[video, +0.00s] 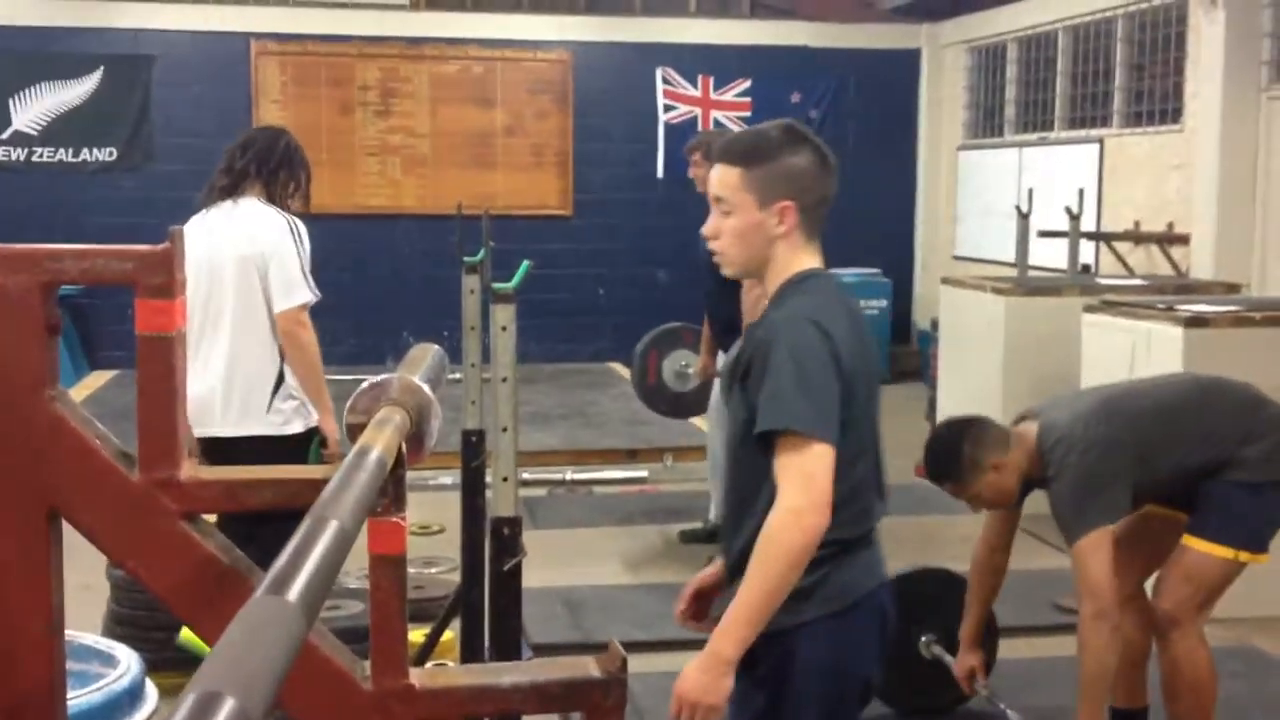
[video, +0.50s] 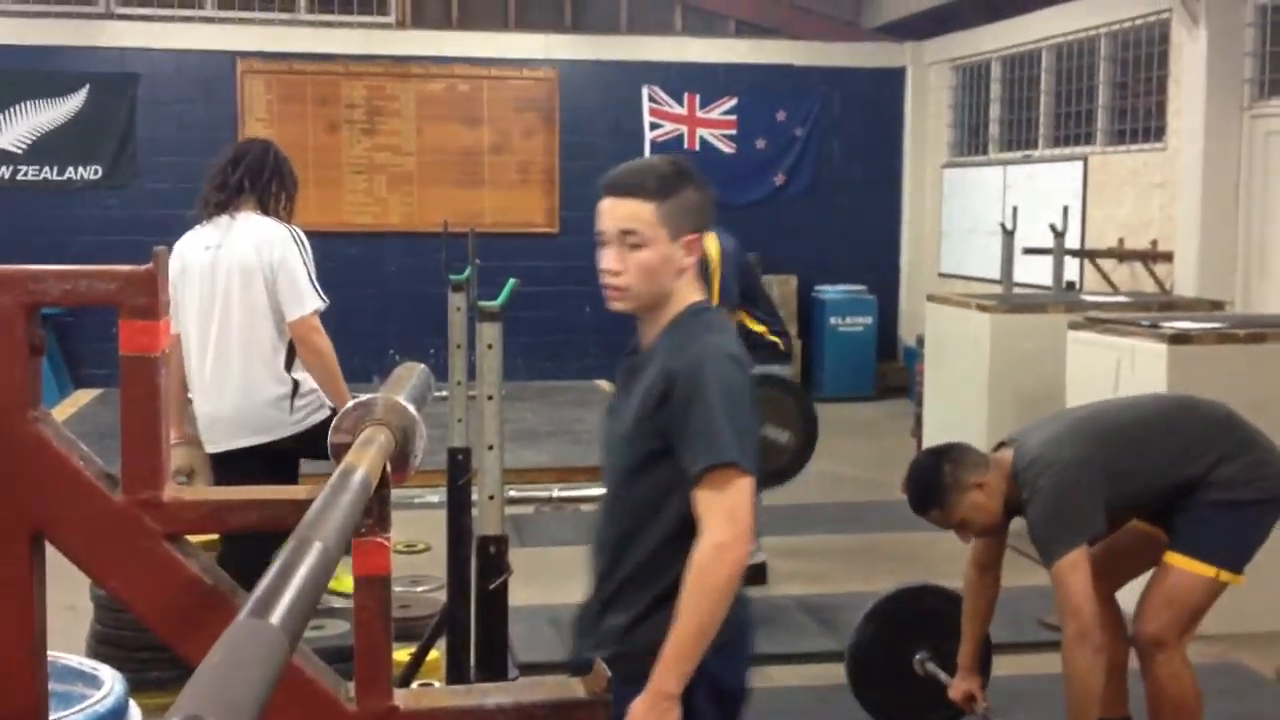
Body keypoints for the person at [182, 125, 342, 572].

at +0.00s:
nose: (298, 194)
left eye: (300, 184)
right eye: (297, 183)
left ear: (236, 169)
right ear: (285, 177)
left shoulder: (193, 228)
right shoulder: (278, 227)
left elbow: (177, 327)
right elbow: (293, 327)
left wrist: (183, 421)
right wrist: (326, 414)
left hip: (209, 426)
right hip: (274, 426)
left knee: (238, 547)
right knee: (286, 552)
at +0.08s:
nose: (294, 192)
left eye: (295, 183)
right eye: (293, 182)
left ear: (232, 170)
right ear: (280, 177)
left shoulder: (190, 231)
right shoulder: (278, 226)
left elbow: (176, 330)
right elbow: (298, 324)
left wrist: (183, 422)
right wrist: (331, 411)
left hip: (209, 426)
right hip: (276, 425)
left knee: (238, 544)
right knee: (288, 547)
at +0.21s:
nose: (289, 190)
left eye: (288, 181)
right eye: (286, 180)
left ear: (224, 172)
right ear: (274, 177)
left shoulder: (184, 236)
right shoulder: (277, 228)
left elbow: (172, 333)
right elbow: (304, 324)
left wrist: (182, 414)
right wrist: (341, 412)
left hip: (212, 426)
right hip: (284, 424)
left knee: (237, 545)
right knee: (295, 548)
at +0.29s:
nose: (287, 193)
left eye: (286, 184)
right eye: (285, 182)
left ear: (221, 175)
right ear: (273, 180)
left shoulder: (182, 241)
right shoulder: (276, 231)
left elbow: (173, 338)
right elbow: (304, 328)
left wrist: (183, 423)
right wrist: (344, 407)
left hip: (214, 430)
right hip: (285, 425)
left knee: (264, 544)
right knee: (308, 541)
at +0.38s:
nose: (286, 195)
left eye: (286, 186)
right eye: (284, 185)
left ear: (221, 178)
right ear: (273, 183)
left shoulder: (182, 244)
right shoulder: (275, 234)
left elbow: (175, 344)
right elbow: (305, 331)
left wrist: (184, 430)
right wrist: (346, 406)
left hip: (217, 431)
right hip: (287, 421)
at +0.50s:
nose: (288, 201)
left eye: (288, 192)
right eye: (286, 191)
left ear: (225, 183)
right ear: (275, 188)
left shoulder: (185, 247)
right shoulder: (278, 237)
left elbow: (176, 345)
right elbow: (306, 334)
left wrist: (178, 429)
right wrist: (348, 413)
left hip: (220, 424)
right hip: (284, 415)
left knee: (248, 546)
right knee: (375, 442)